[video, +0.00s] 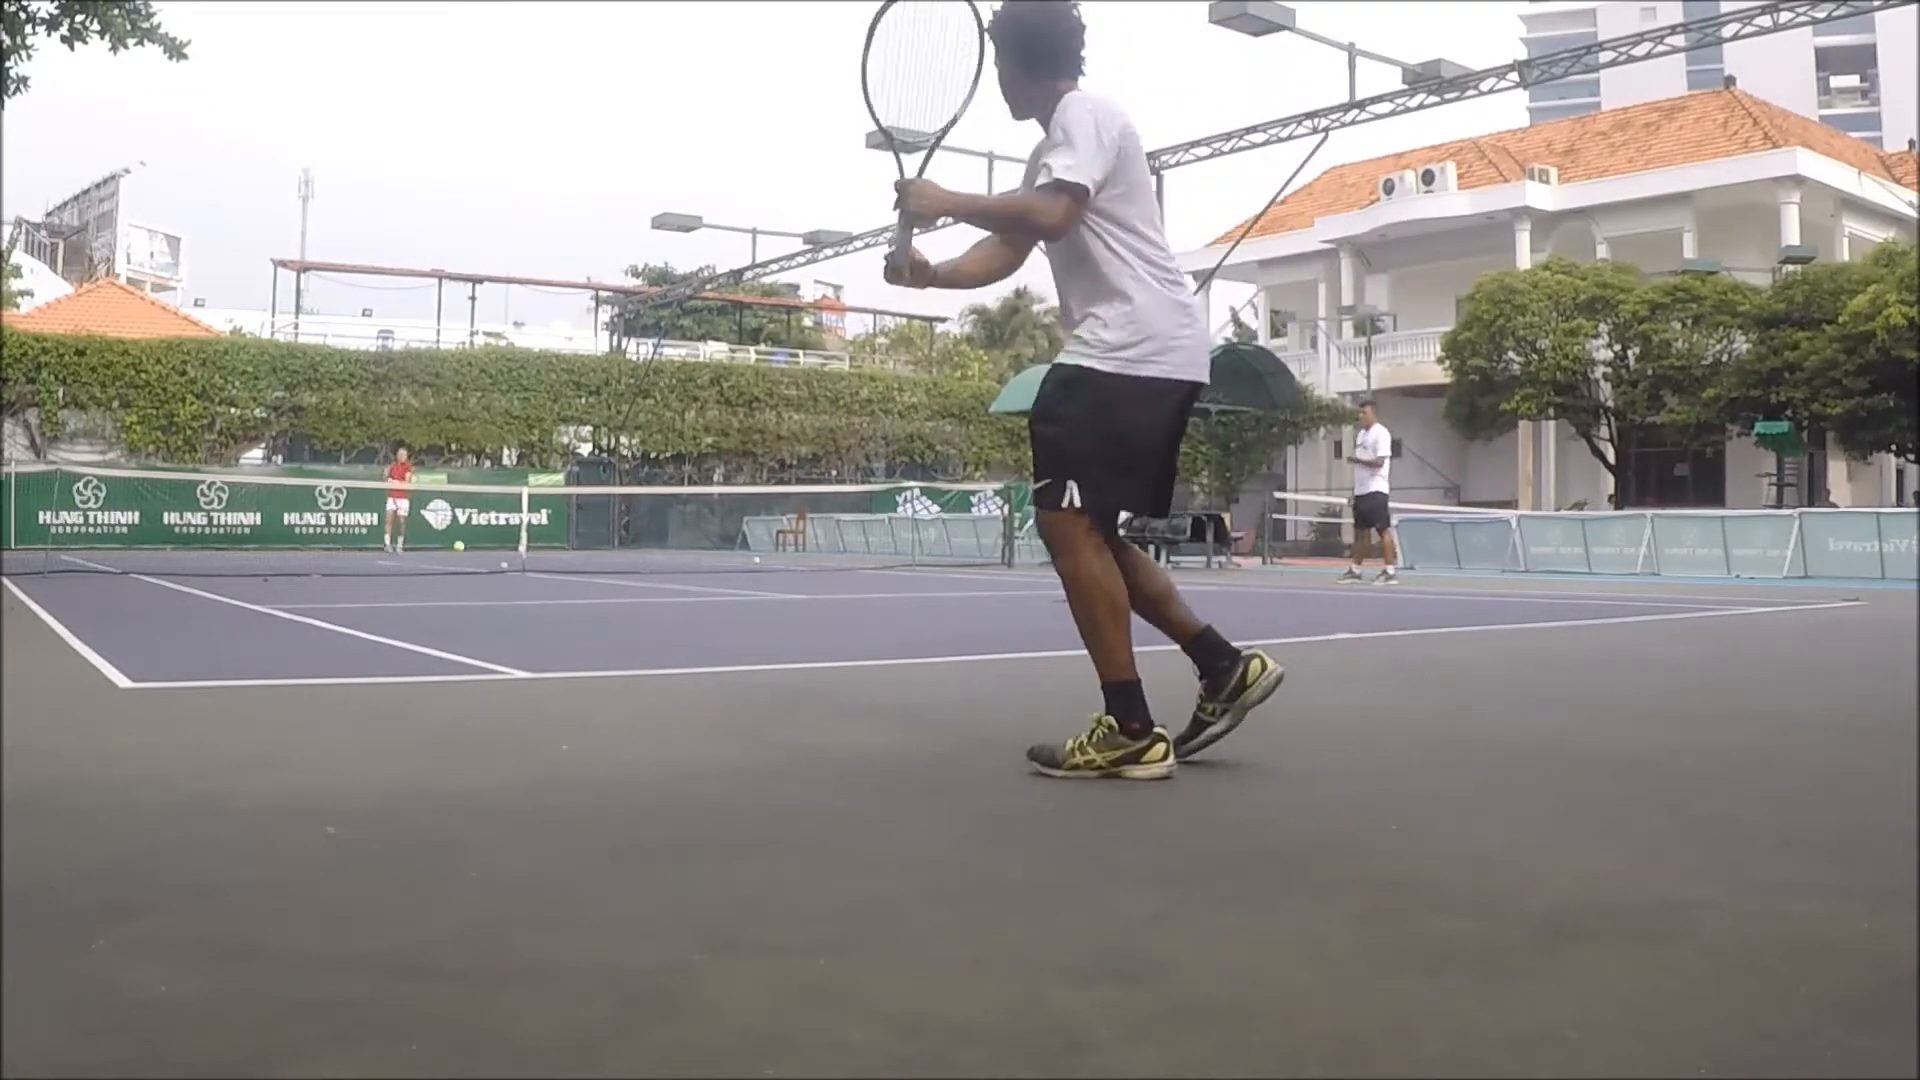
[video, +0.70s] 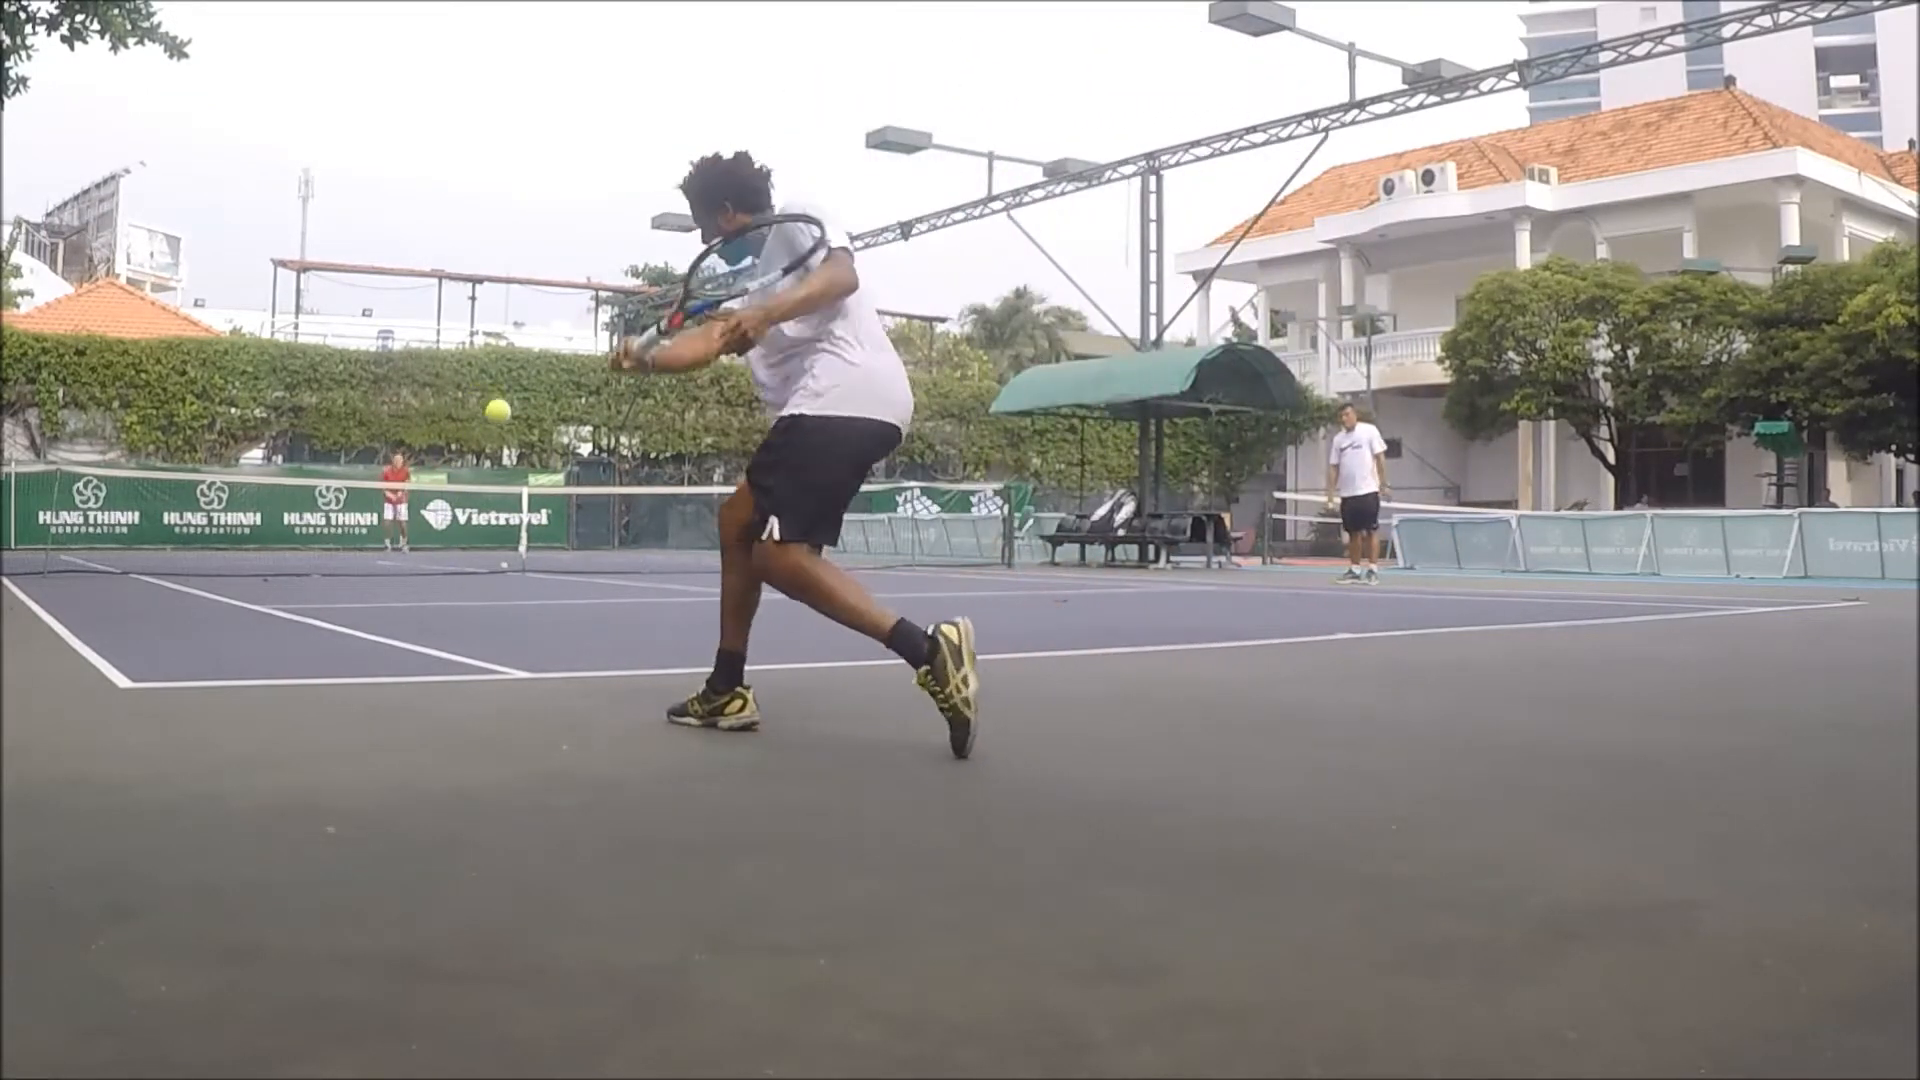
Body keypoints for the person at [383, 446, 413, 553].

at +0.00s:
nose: (402, 457)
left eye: (404, 455)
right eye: (400, 454)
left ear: (407, 456)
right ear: (396, 456)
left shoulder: (408, 468)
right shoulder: (392, 467)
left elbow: (407, 482)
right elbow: (386, 479)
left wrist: (395, 482)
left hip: (403, 496)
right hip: (392, 496)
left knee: (401, 520)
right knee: (388, 519)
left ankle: (400, 544)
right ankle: (387, 543)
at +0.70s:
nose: (398, 462)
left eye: (400, 460)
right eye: (396, 460)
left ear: (403, 461)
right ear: (393, 461)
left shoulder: (405, 471)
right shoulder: (387, 471)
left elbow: (407, 483)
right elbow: (381, 484)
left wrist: (401, 492)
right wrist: (389, 494)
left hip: (401, 500)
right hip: (389, 499)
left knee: (402, 521)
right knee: (387, 521)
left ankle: (404, 542)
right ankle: (387, 542)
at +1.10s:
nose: (412, 467)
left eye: (413, 464)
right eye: (410, 464)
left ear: (415, 465)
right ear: (405, 465)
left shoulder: (416, 475)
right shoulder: (398, 473)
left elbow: (417, 488)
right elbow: (393, 487)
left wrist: (411, 498)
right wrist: (402, 498)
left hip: (410, 500)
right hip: (398, 500)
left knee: (417, 520)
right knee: (393, 520)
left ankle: (420, 542)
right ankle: (386, 542)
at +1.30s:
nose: (420, 472)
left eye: (422, 470)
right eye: (419, 469)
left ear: (422, 471)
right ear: (414, 470)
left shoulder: (423, 481)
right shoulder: (407, 480)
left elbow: (424, 494)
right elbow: (402, 494)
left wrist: (420, 503)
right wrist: (410, 505)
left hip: (417, 507)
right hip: (406, 507)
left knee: (424, 526)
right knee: (402, 526)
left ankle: (421, 545)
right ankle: (390, 541)